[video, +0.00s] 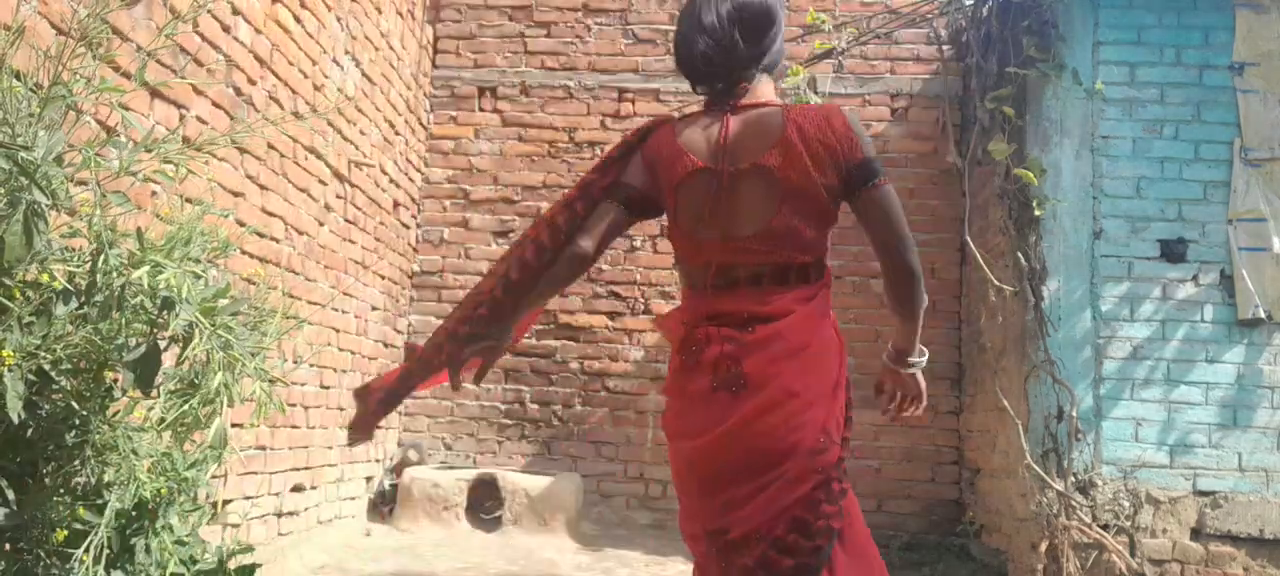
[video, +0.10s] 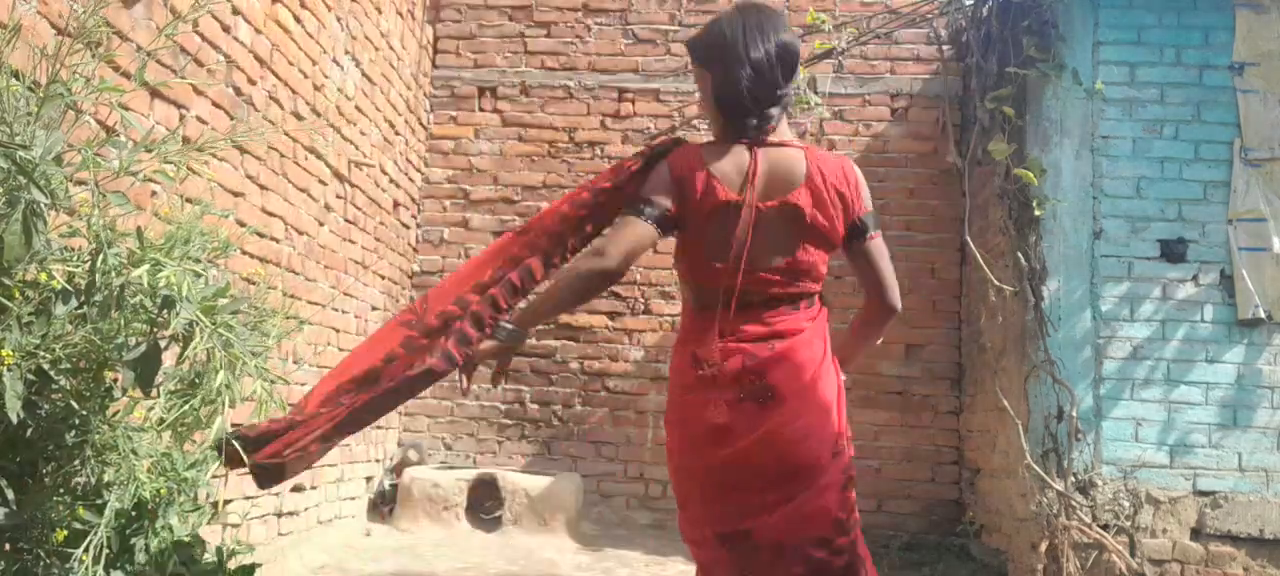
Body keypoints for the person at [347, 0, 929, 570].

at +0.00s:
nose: (787, 46)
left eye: (776, 39)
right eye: (781, 39)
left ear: (694, 62)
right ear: (771, 51)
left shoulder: (662, 146)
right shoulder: (827, 130)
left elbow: (573, 254)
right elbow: (904, 269)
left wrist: (493, 328)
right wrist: (907, 355)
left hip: (699, 375)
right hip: (796, 366)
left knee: (716, 547)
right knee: (807, 544)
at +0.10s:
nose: (697, 94)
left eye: (699, 81)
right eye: (697, 79)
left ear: (716, 85)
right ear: (782, 80)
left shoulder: (683, 169)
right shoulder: (837, 174)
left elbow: (608, 261)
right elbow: (885, 301)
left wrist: (516, 325)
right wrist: (834, 361)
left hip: (705, 378)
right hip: (799, 372)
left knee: (719, 556)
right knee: (827, 552)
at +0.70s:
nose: (728, 155)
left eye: (741, 144)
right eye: (716, 143)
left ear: (765, 153)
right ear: (699, 148)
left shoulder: (777, 223)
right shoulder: (668, 220)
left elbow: (812, 311)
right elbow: (630, 304)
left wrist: (837, 241)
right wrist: (652, 334)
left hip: (755, 389)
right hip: (683, 388)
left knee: (756, 539)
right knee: (681, 534)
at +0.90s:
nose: (714, 184)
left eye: (726, 175)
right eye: (703, 172)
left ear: (743, 182)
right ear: (684, 176)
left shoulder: (752, 251)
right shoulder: (659, 233)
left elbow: (813, 305)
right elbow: (620, 316)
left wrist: (805, 240)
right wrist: (686, 355)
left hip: (738, 393)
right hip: (673, 392)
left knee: (736, 520)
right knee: (676, 519)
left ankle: (735, 575)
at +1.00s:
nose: (709, 189)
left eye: (721, 178)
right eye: (697, 177)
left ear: (737, 186)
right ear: (679, 181)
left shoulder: (745, 250)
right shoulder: (659, 236)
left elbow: (821, 275)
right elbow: (626, 315)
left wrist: (788, 227)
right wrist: (701, 353)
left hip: (729, 391)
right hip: (670, 391)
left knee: (729, 512)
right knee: (679, 518)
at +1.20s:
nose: (699, 202)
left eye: (709, 192)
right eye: (687, 192)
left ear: (724, 196)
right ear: (671, 194)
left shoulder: (738, 251)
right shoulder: (654, 246)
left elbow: (816, 244)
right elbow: (624, 325)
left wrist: (758, 218)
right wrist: (695, 364)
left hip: (722, 389)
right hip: (665, 388)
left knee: (715, 501)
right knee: (667, 503)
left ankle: (715, 568)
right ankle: (666, 570)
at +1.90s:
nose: (680, 192)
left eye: (692, 182)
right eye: (669, 180)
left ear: (710, 189)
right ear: (652, 183)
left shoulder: (724, 248)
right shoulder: (627, 243)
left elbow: (754, 321)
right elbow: (594, 321)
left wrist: (755, 241)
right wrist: (598, 353)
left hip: (698, 404)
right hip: (632, 404)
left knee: (702, 531)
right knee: (631, 529)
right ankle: (637, 574)